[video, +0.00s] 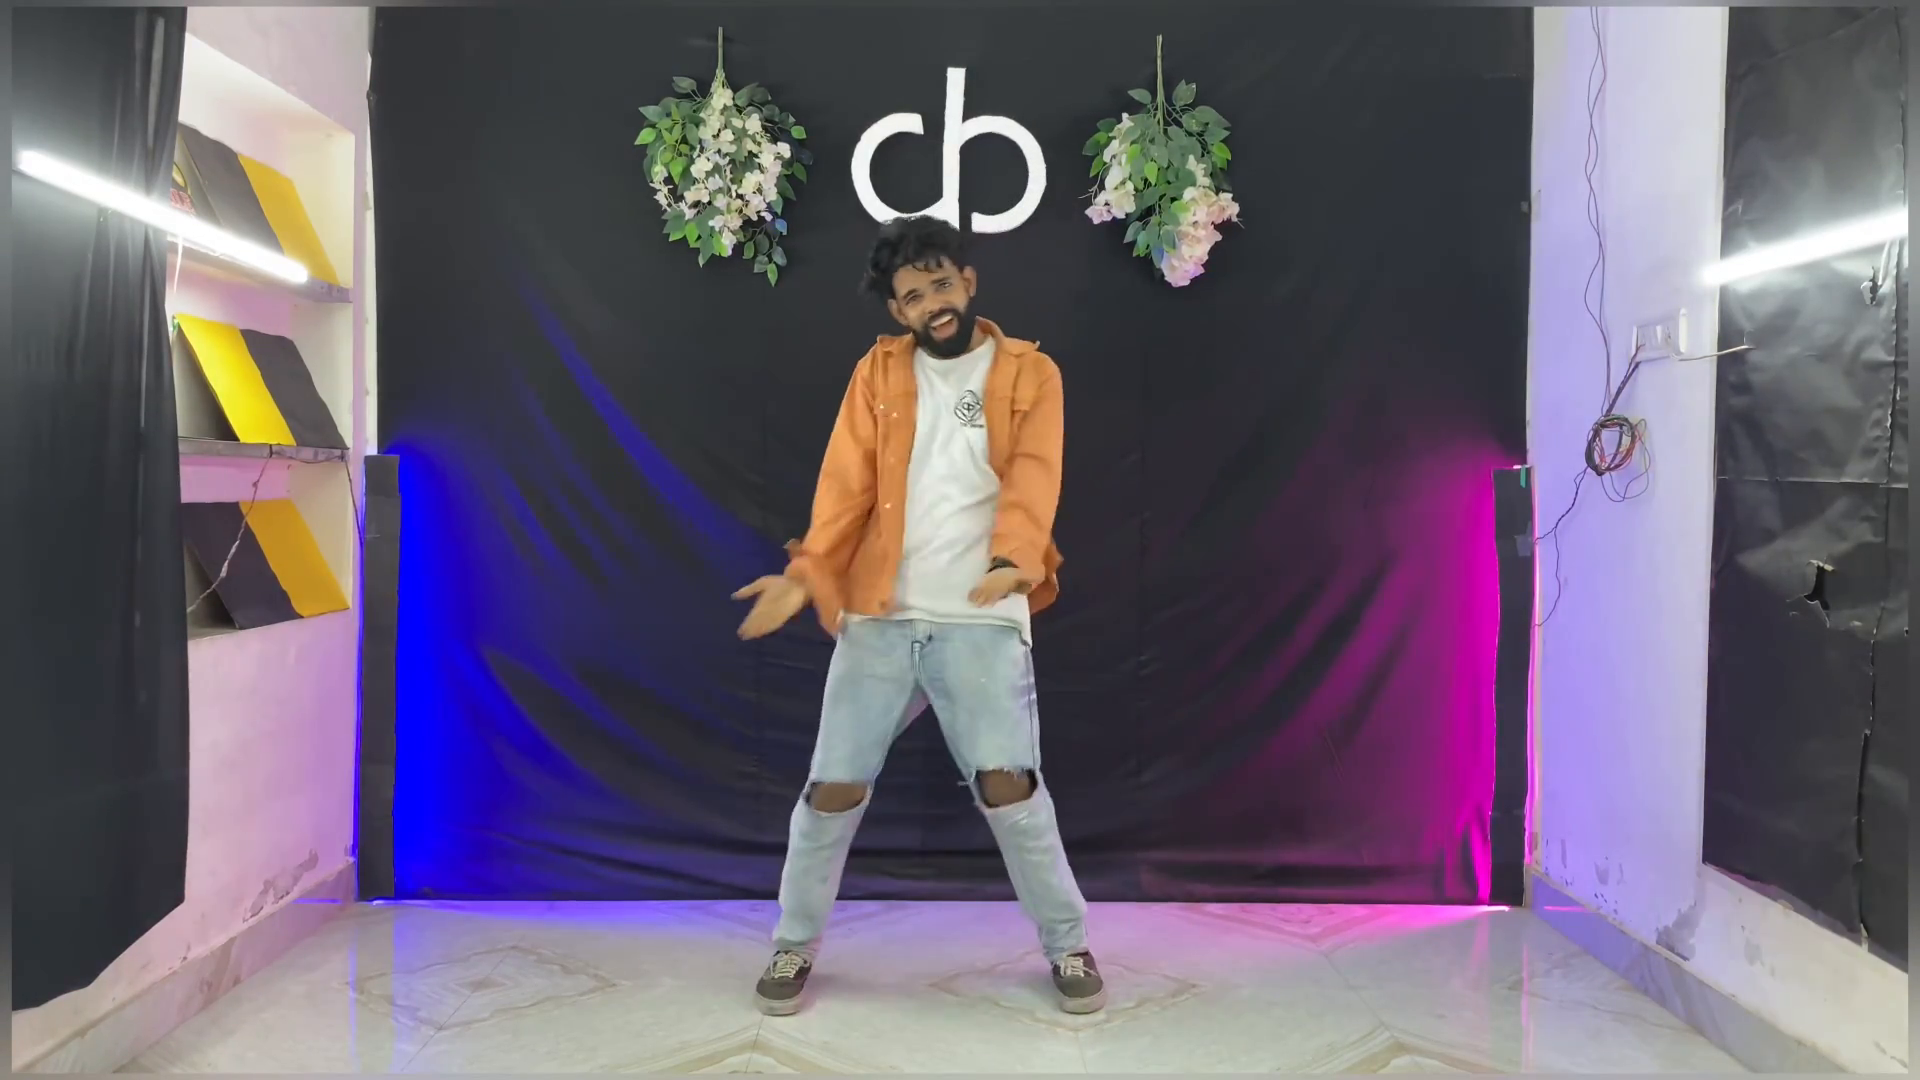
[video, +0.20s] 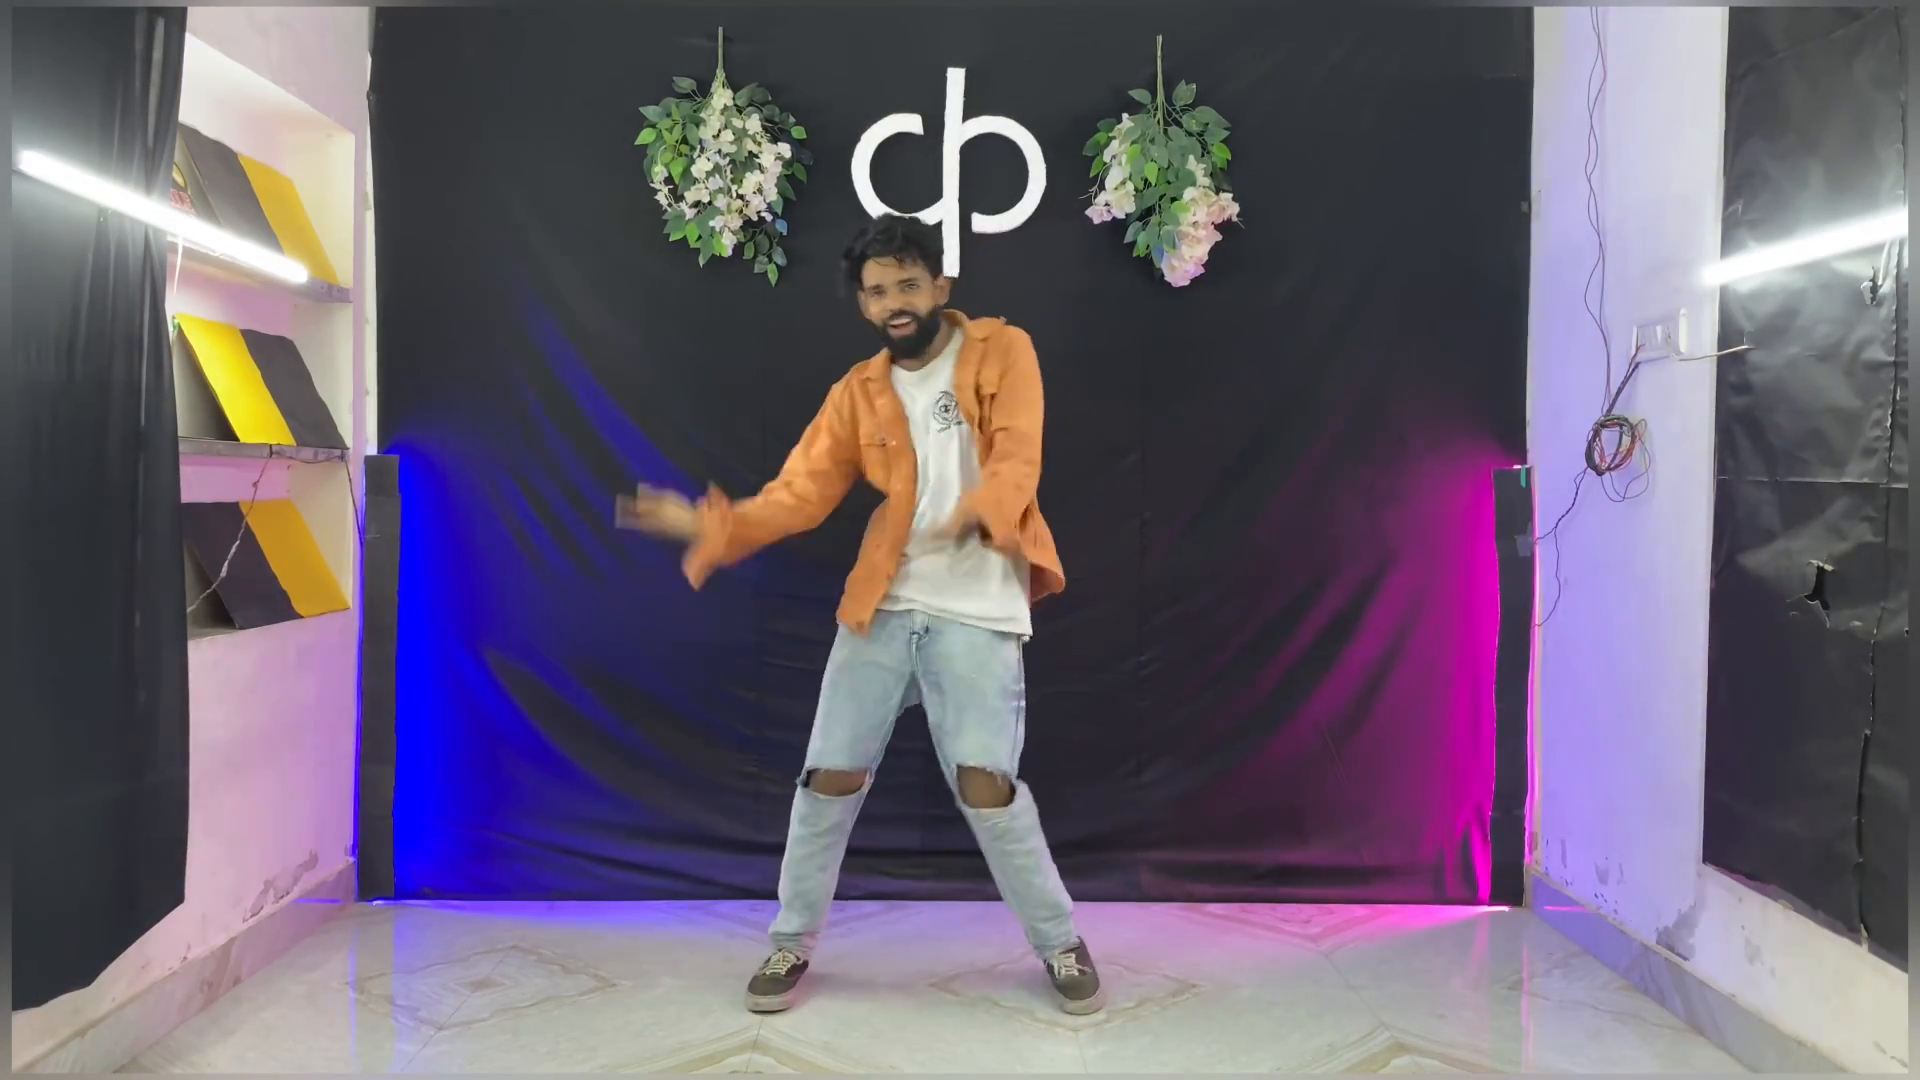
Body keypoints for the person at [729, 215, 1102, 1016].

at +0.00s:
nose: (931, 303)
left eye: (940, 283)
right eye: (911, 294)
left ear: (969, 278)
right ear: (893, 308)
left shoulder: (1028, 370)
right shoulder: (877, 374)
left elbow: (1034, 469)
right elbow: (845, 482)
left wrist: (1017, 554)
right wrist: (804, 572)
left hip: (981, 615)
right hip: (876, 612)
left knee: (1007, 783)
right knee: (833, 787)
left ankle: (1068, 945)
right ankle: (793, 942)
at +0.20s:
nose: (893, 304)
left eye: (907, 285)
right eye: (875, 291)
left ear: (942, 285)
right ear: (860, 302)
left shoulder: (1000, 350)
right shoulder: (858, 393)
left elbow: (1018, 451)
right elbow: (799, 496)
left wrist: (986, 507)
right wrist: (703, 520)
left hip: (978, 604)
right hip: (882, 598)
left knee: (985, 786)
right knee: (832, 774)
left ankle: (1061, 943)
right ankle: (790, 940)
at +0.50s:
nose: (964, 295)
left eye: (983, 283)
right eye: (951, 278)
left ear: (1009, 297)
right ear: (925, 283)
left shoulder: (1036, 384)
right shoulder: (881, 383)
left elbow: (1044, 501)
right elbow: (851, 501)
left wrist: (1083, 511)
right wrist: (800, 511)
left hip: (1014, 638)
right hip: (910, 638)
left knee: (1039, 810)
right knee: (863, 806)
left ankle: (1143, 949)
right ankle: (792, 945)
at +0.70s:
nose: (1048, 304)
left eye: (1066, 292)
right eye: (1035, 285)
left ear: (1085, 305)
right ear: (1004, 287)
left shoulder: (1102, 402)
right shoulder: (943, 381)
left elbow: (1122, 519)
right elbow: (903, 492)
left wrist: (1185, 577)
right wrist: (876, 568)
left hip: (1054, 646)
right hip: (944, 640)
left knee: (1071, 817)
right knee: (878, 802)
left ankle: (1138, 955)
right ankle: (799, 943)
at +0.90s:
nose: (1067, 269)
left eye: (1084, 256)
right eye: (1051, 252)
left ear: (1105, 270)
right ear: (1021, 259)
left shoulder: (1126, 369)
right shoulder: (967, 356)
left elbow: (1162, 489)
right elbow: (942, 472)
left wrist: (1177, 600)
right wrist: (935, 578)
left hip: (1092, 621)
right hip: (984, 610)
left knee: (1106, 793)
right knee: (945, 784)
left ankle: (1144, 953)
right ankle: (882, 929)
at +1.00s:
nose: (1054, 268)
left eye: (1071, 253)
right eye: (1036, 253)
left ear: (1093, 267)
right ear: (1010, 263)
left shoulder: (1123, 366)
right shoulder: (965, 358)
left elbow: (1128, 492)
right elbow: (964, 476)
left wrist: (1076, 576)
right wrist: (1040, 536)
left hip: (1083, 602)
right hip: (981, 600)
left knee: (1100, 783)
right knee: (978, 767)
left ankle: (1142, 951)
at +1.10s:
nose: (1024, 279)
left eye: (1039, 264)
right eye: (1005, 267)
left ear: (1066, 277)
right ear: (982, 285)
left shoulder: (1102, 377)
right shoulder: (957, 365)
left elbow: (1088, 502)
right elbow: (977, 472)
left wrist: (974, 522)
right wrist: (1096, 447)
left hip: (1066, 607)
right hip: (968, 599)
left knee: (1099, 785)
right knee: (947, 752)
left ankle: (1143, 953)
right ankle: (1009, 895)